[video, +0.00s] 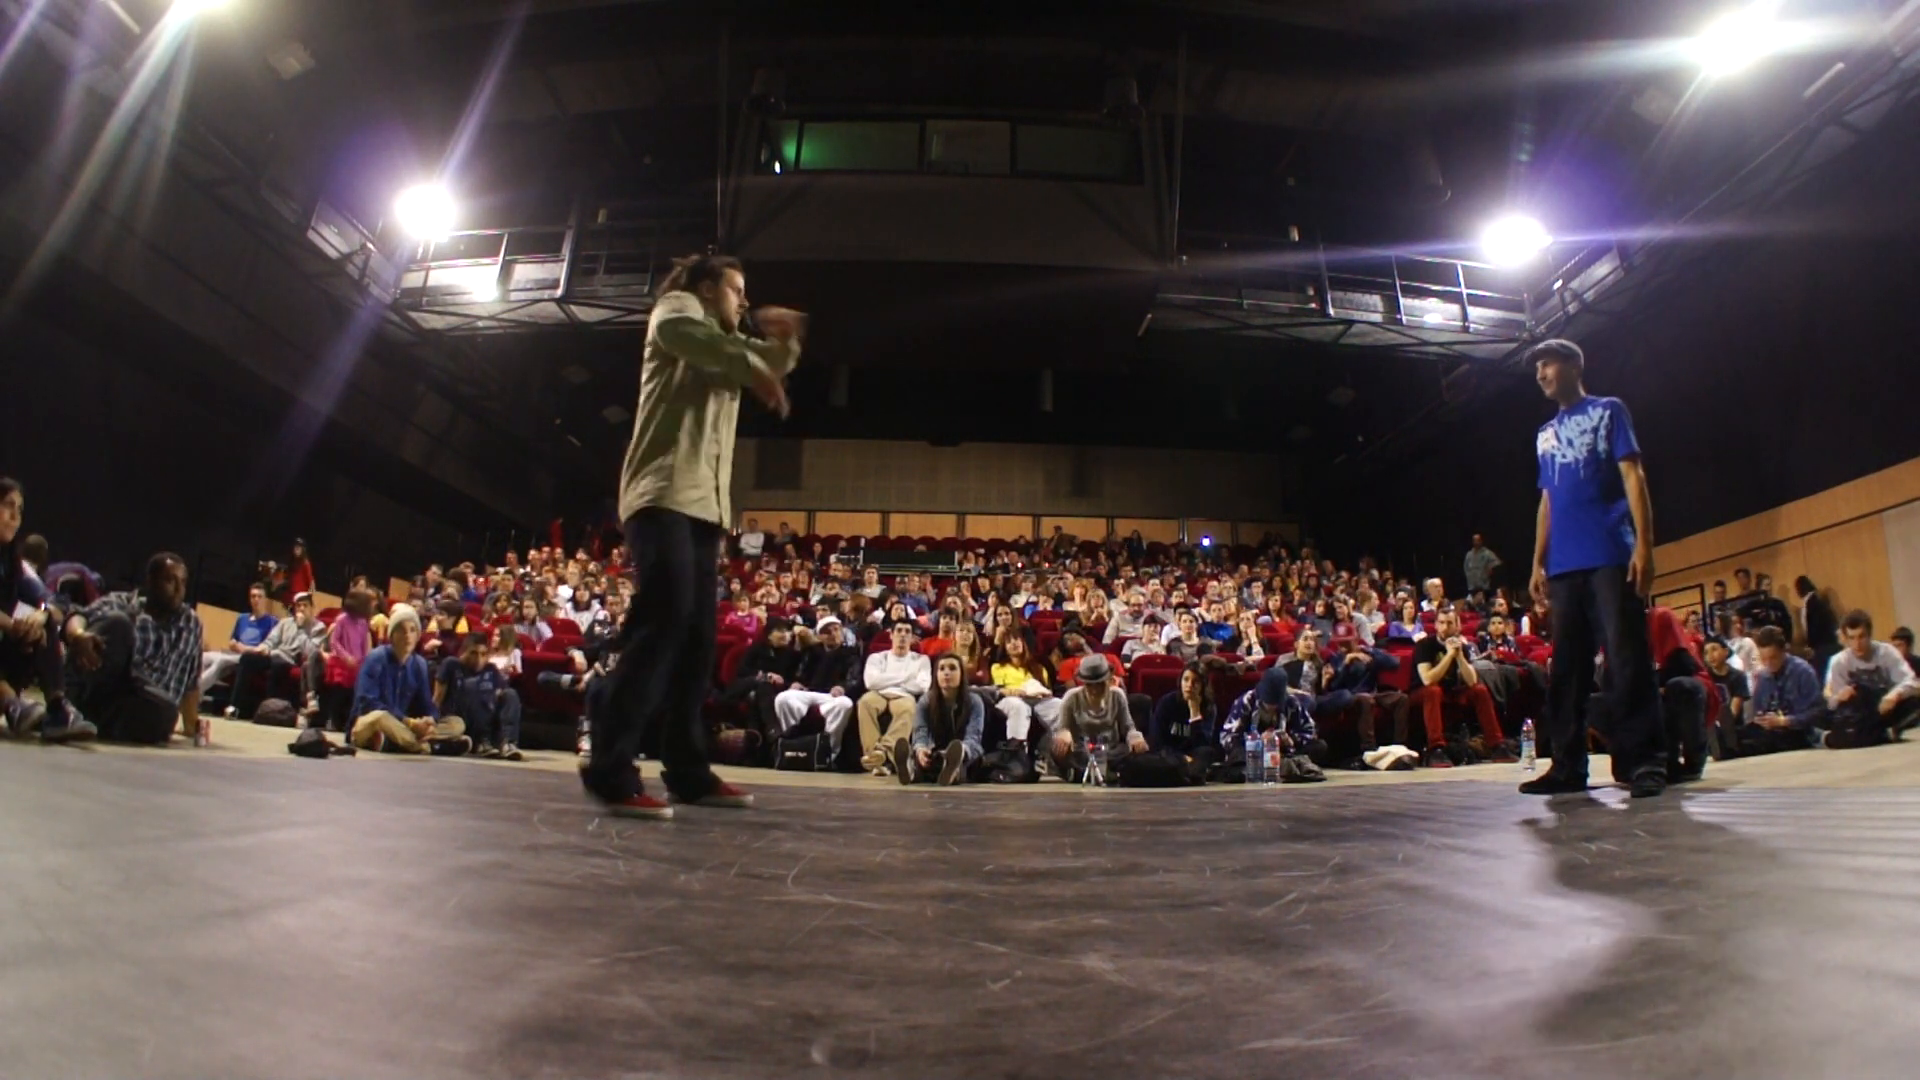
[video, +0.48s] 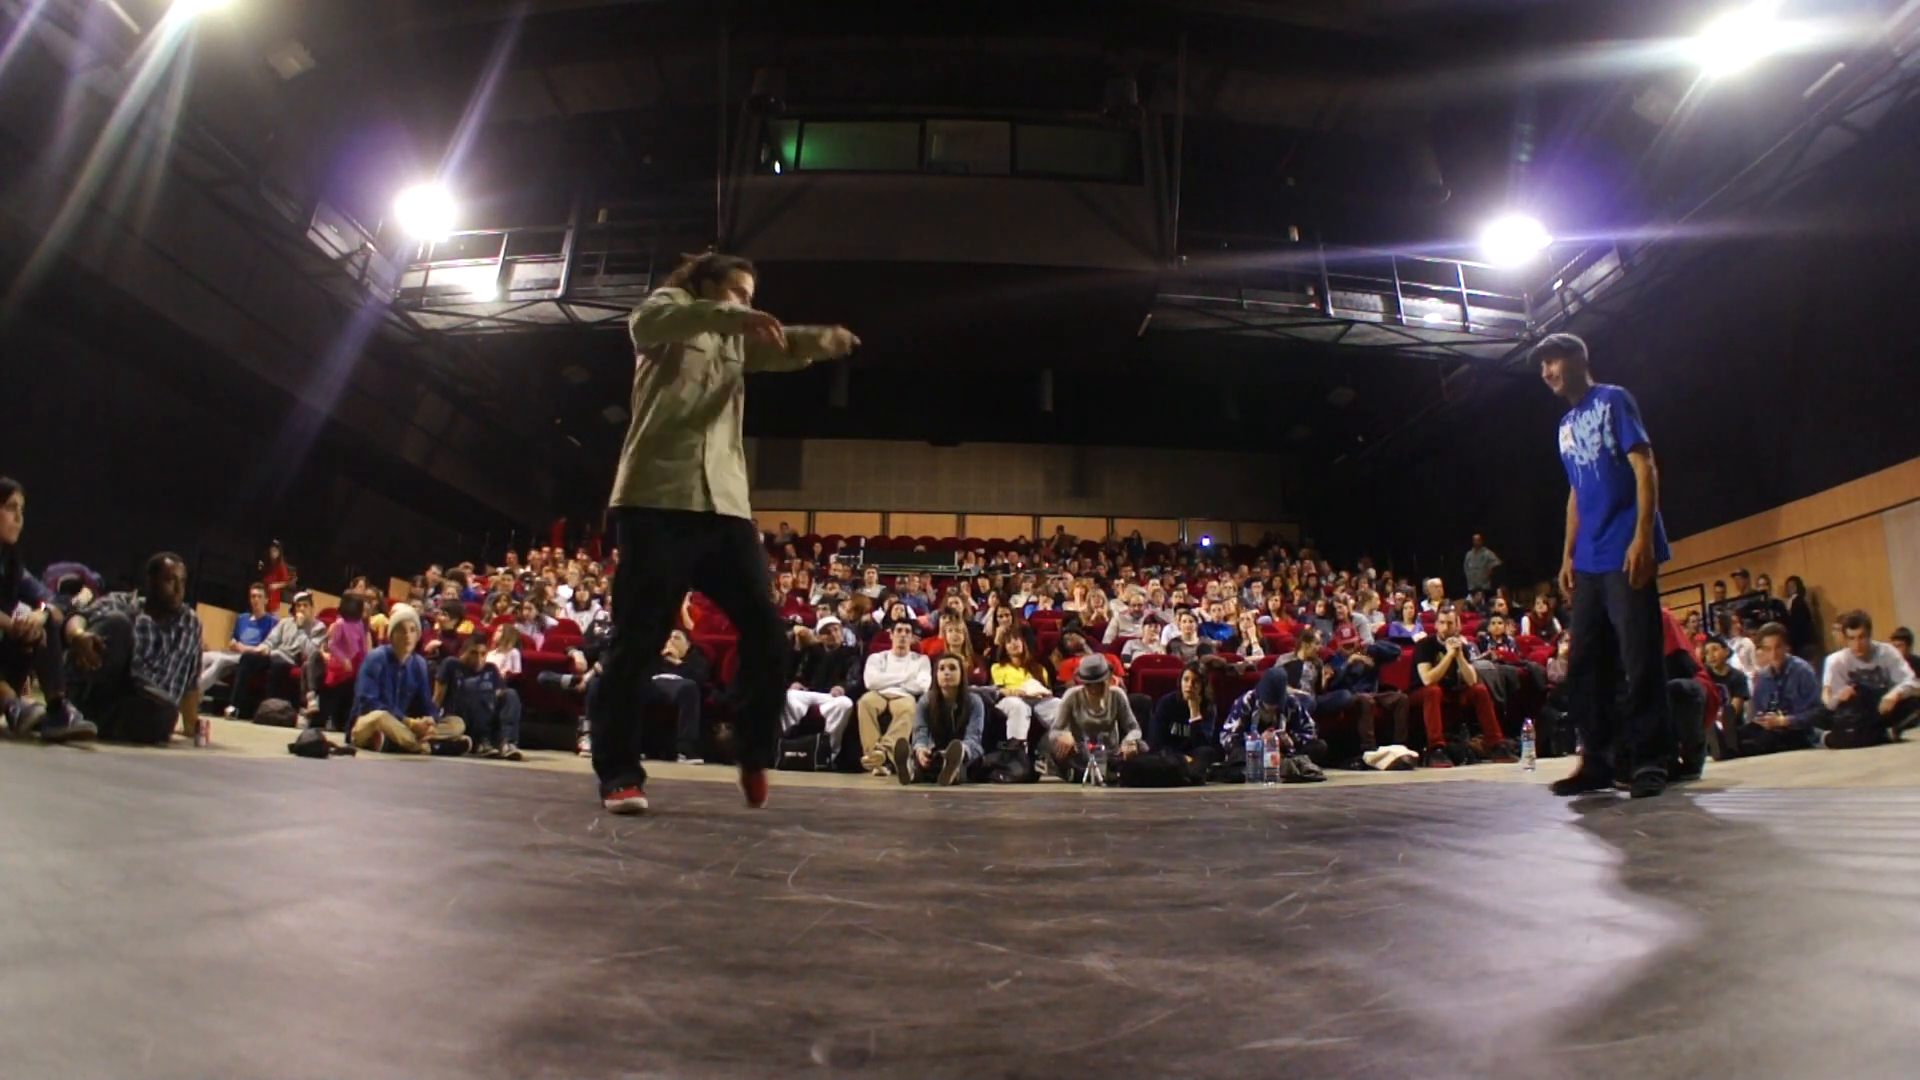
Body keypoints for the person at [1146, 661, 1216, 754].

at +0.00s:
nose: (1189, 685)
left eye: (1195, 681)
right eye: (1186, 680)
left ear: (1203, 685)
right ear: (1180, 682)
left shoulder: (1208, 707)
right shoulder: (1167, 702)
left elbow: (1203, 745)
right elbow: (1157, 743)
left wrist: (1194, 711)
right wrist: (1182, 757)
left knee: (1205, 752)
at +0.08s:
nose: (1189, 685)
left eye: (1195, 681)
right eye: (1186, 680)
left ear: (1203, 685)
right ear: (1180, 682)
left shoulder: (1208, 707)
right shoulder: (1167, 702)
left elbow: (1203, 745)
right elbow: (1156, 744)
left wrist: (1194, 711)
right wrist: (1182, 757)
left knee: (1205, 752)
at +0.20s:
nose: (1189, 685)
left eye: (1195, 681)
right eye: (1186, 680)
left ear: (1203, 685)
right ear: (1180, 682)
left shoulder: (1208, 707)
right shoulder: (1167, 702)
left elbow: (1203, 745)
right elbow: (1157, 744)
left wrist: (1194, 712)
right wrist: (1182, 757)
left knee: (1205, 752)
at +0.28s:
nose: (1189, 685)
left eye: (1195, 681)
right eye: (1186, 680)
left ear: (1203, 685)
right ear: (1180, 682)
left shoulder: (1208, 706)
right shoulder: (1167, 702)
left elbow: (1203, 744)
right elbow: (1156, 744)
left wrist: (1194, 711)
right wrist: (1182, 757)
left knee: (1205, 752)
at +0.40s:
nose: (1189, 685)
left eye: (1195, 681)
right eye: (1186, 680)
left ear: (1203, 685)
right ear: (1180, 682)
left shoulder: (1208, 707)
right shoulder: (1167, 702)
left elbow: (1203, 745)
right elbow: (1156, 744)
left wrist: (1194, 711)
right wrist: (1182, 757)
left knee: (1205, 752)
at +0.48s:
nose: (1189, 685)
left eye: (1195, 681)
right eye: (1186, 680)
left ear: (1202, 685)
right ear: (1180, 682)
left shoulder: (1208, 707)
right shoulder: (1167, 702)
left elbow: (1203, 745)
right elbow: (1156, 744)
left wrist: (1194, 711)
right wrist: (1182, 757)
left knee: (1205, 752)